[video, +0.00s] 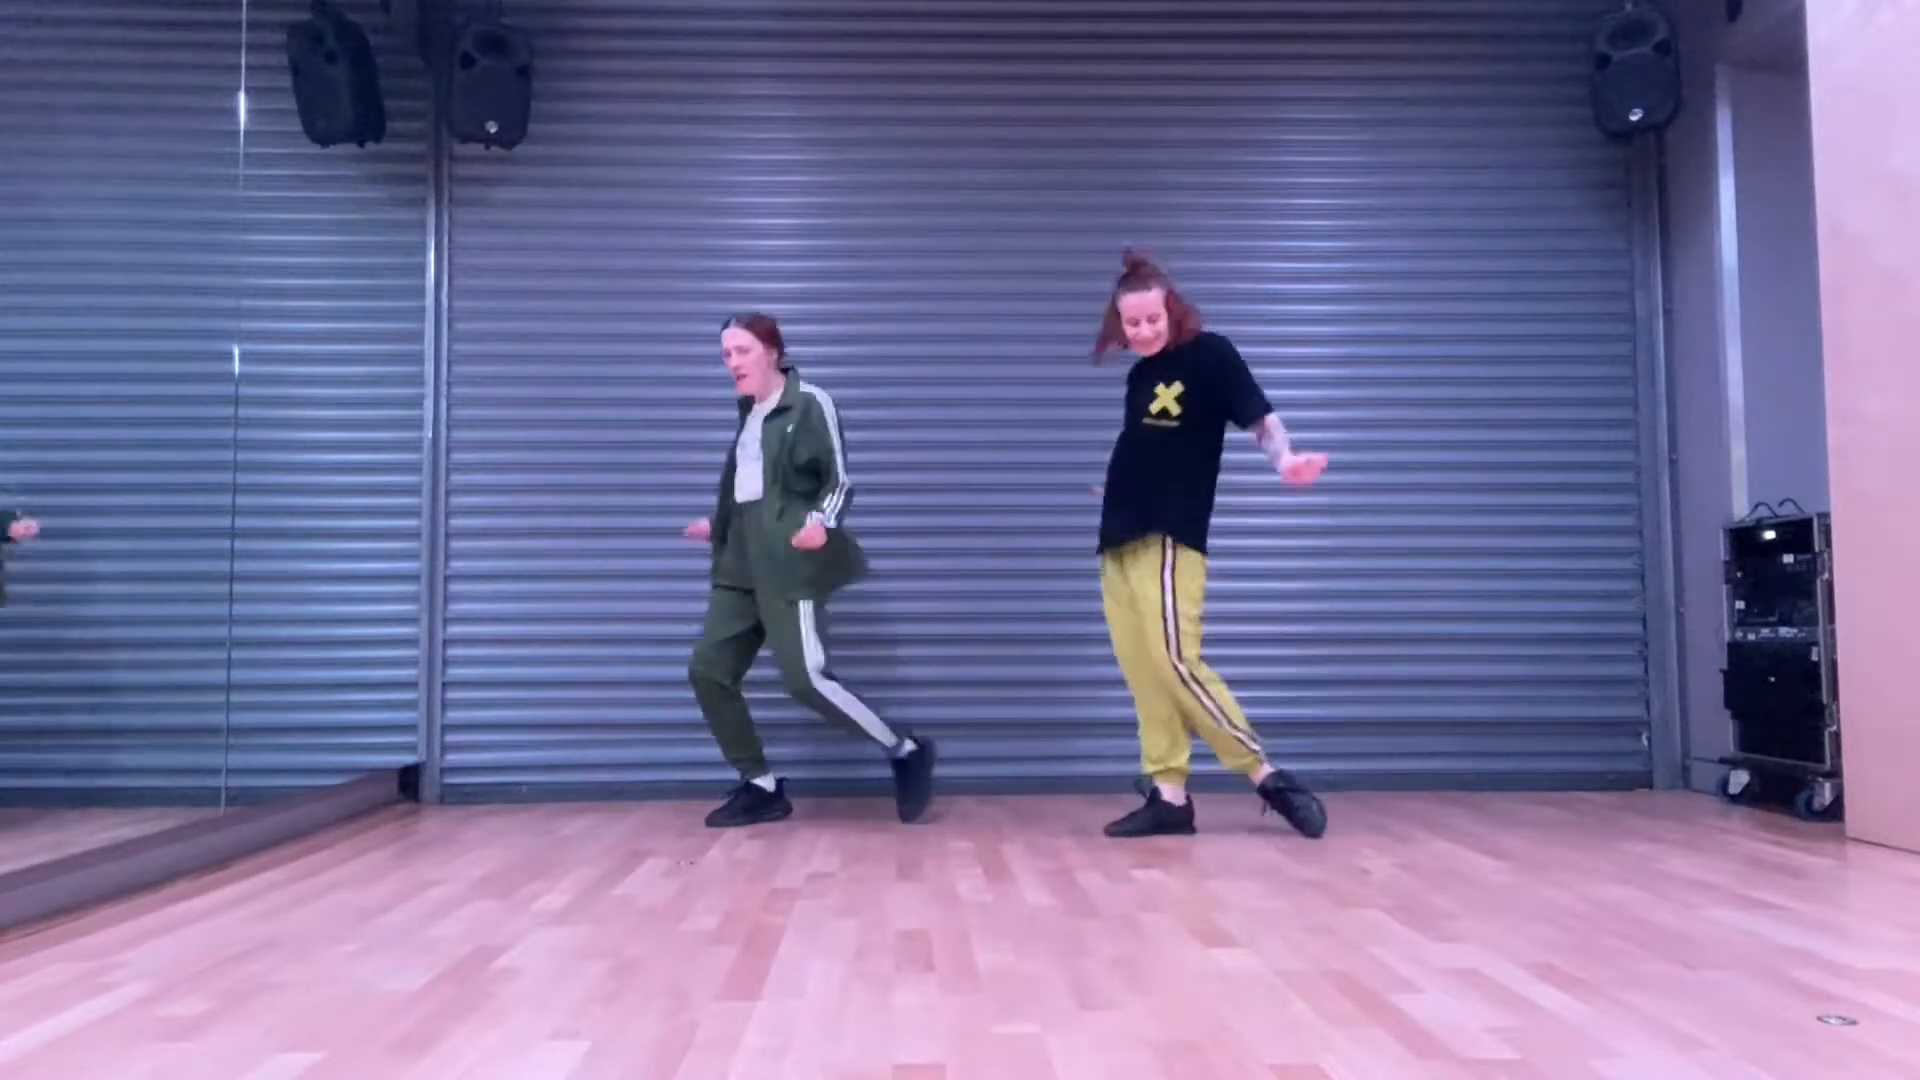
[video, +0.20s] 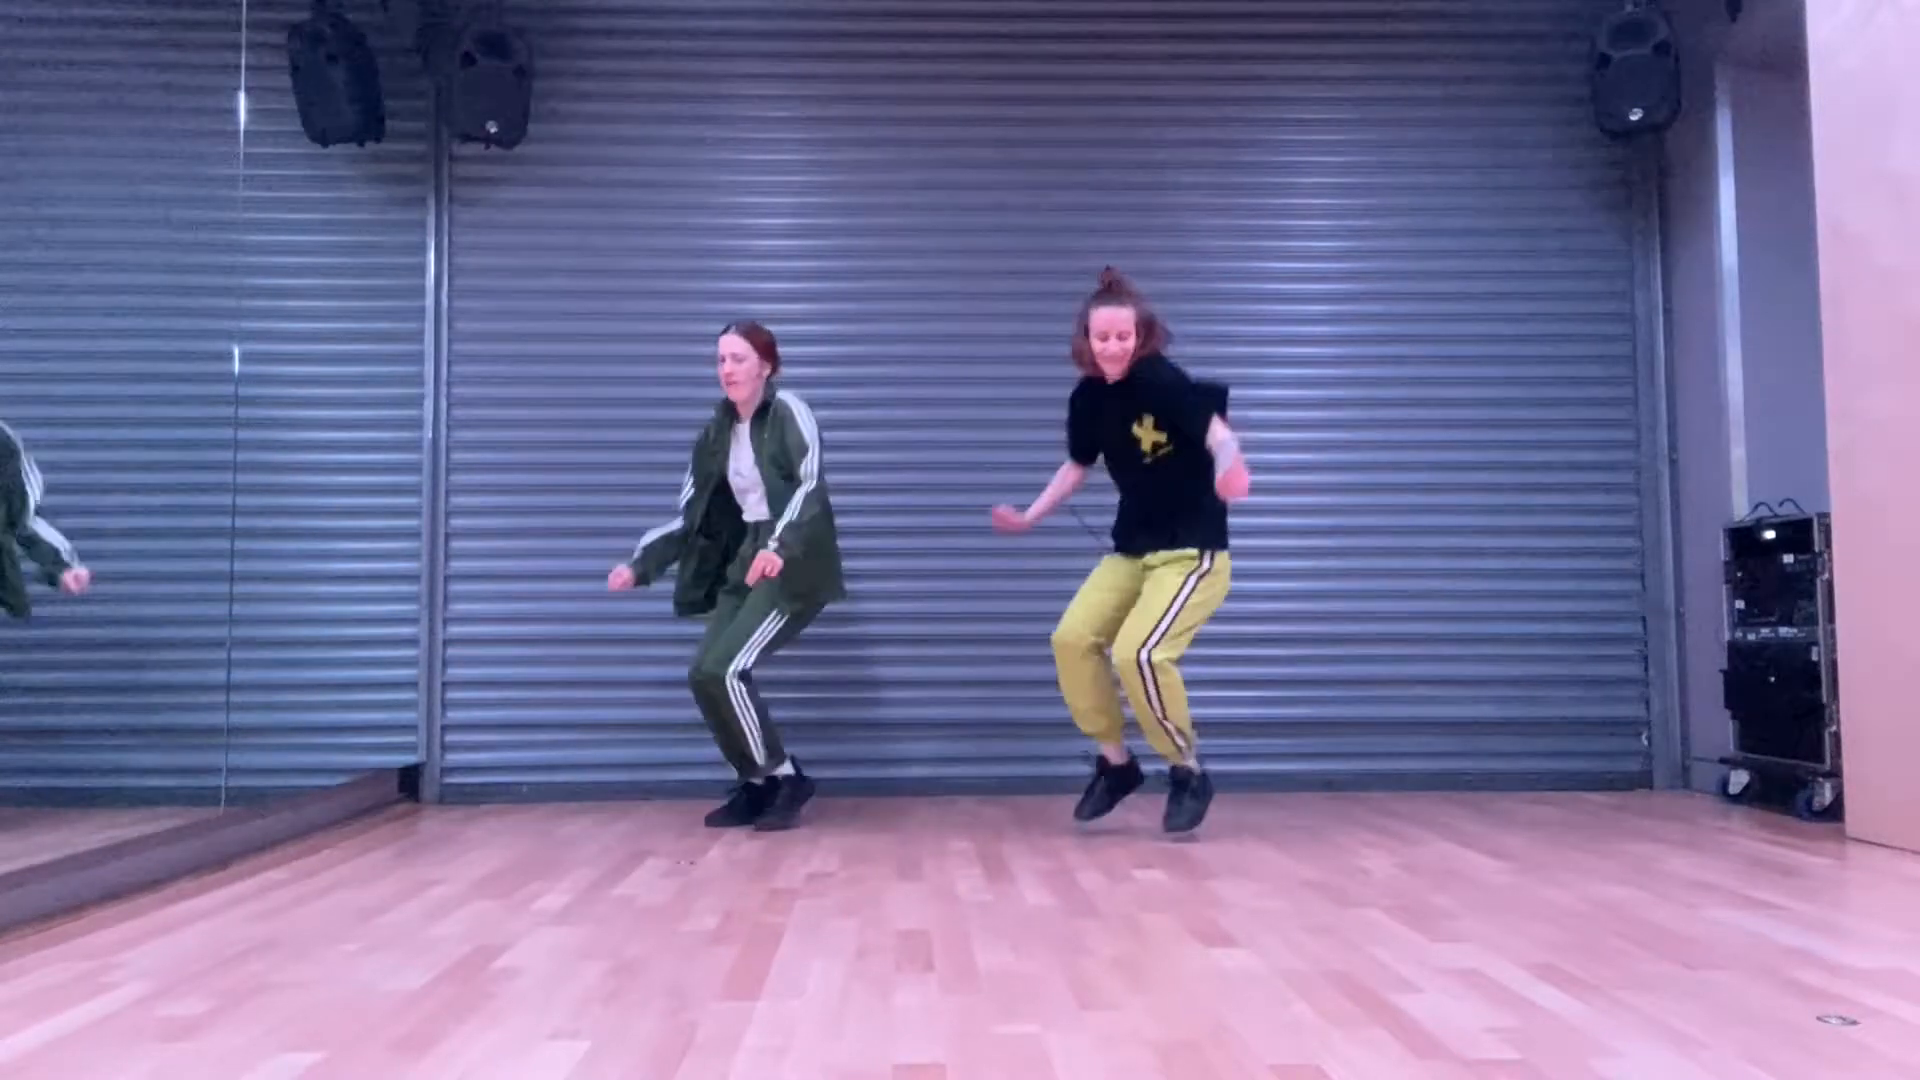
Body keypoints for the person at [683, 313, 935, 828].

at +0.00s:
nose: (733, 363)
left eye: (741, 352)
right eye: (727, 355)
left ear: (773, 354)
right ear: (728, 363)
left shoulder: (812, 404)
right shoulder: (747, 415)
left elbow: (839, 481)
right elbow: (755, 493)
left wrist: (822, 521)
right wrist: (718, 526)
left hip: (789, 562)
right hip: (740, 565)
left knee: (808, 680)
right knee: (710, 673)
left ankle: (906, 752)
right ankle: (761, 788)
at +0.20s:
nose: (727, 369)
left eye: (738, 359)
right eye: (721, 360)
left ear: (766, 366)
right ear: (718, 368)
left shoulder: (790, 414)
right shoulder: (717, 432)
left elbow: (809, 486)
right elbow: (692, 518)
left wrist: (776, 546)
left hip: (797, 559)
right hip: (745, 561)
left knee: (726, 671)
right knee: (706, 675)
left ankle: (784, 778)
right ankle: (754, 783)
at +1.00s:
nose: (753, 312)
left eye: (765, 304)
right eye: (745, 304)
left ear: (788, 314)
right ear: (735, 313)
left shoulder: (804, 366)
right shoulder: (719, 352)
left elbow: (778, 414)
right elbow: (759, 369)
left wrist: (719, 435)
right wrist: (812, 362)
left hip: (772, 507)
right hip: (709, 505)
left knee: (788, 648)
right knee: (680, 635)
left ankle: (790, 774)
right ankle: (684, 768)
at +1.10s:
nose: (735, 340)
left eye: (745, 331)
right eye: (726, 332)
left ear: (767, 339)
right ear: (715, 338)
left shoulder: (787, 375)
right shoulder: (702, 374)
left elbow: (789, 390)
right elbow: (753, 383)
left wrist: (747, 414)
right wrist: (810, 364)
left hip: (761, 544)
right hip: (696, 541)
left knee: (797, 643)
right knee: (699, 665)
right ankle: (703, 793)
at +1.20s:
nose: (723, 347)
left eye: (734, 339)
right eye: (716, 339)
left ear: (755, 347)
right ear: (704, 346)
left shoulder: (770, 393)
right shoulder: (686, 382)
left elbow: (809, 442)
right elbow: (645, 411)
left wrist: (838, 448)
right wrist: (720, 389)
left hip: (748, 556)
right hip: (684, 552)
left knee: (777, 665)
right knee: (693, 673)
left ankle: (698, 638)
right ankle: (704, 795)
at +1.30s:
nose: (714, 330)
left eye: (726, 321)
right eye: (706, 321)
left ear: (746, 332)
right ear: (694, 331)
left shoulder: (772, 394)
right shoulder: (664, 386)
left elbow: (823, 455)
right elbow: (596, 431)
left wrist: (891, 463)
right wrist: (623, 406)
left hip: (742, 549)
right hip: (678, 545)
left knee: (725, 679)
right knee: (693, 669)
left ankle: (628, 705)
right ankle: (704, 795)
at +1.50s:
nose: (697, 332)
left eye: (706, 323)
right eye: (687, 324)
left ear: (725, 332)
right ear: (676, 333)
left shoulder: (750, 400)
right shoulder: (647, 396)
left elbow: (799, 446)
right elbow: (560, 409)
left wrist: (847, 400)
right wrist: (612, 390)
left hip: (721, 545)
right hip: (658, 537)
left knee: (670, 670)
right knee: (667, 668)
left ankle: (609, 777)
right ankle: (701, 793)